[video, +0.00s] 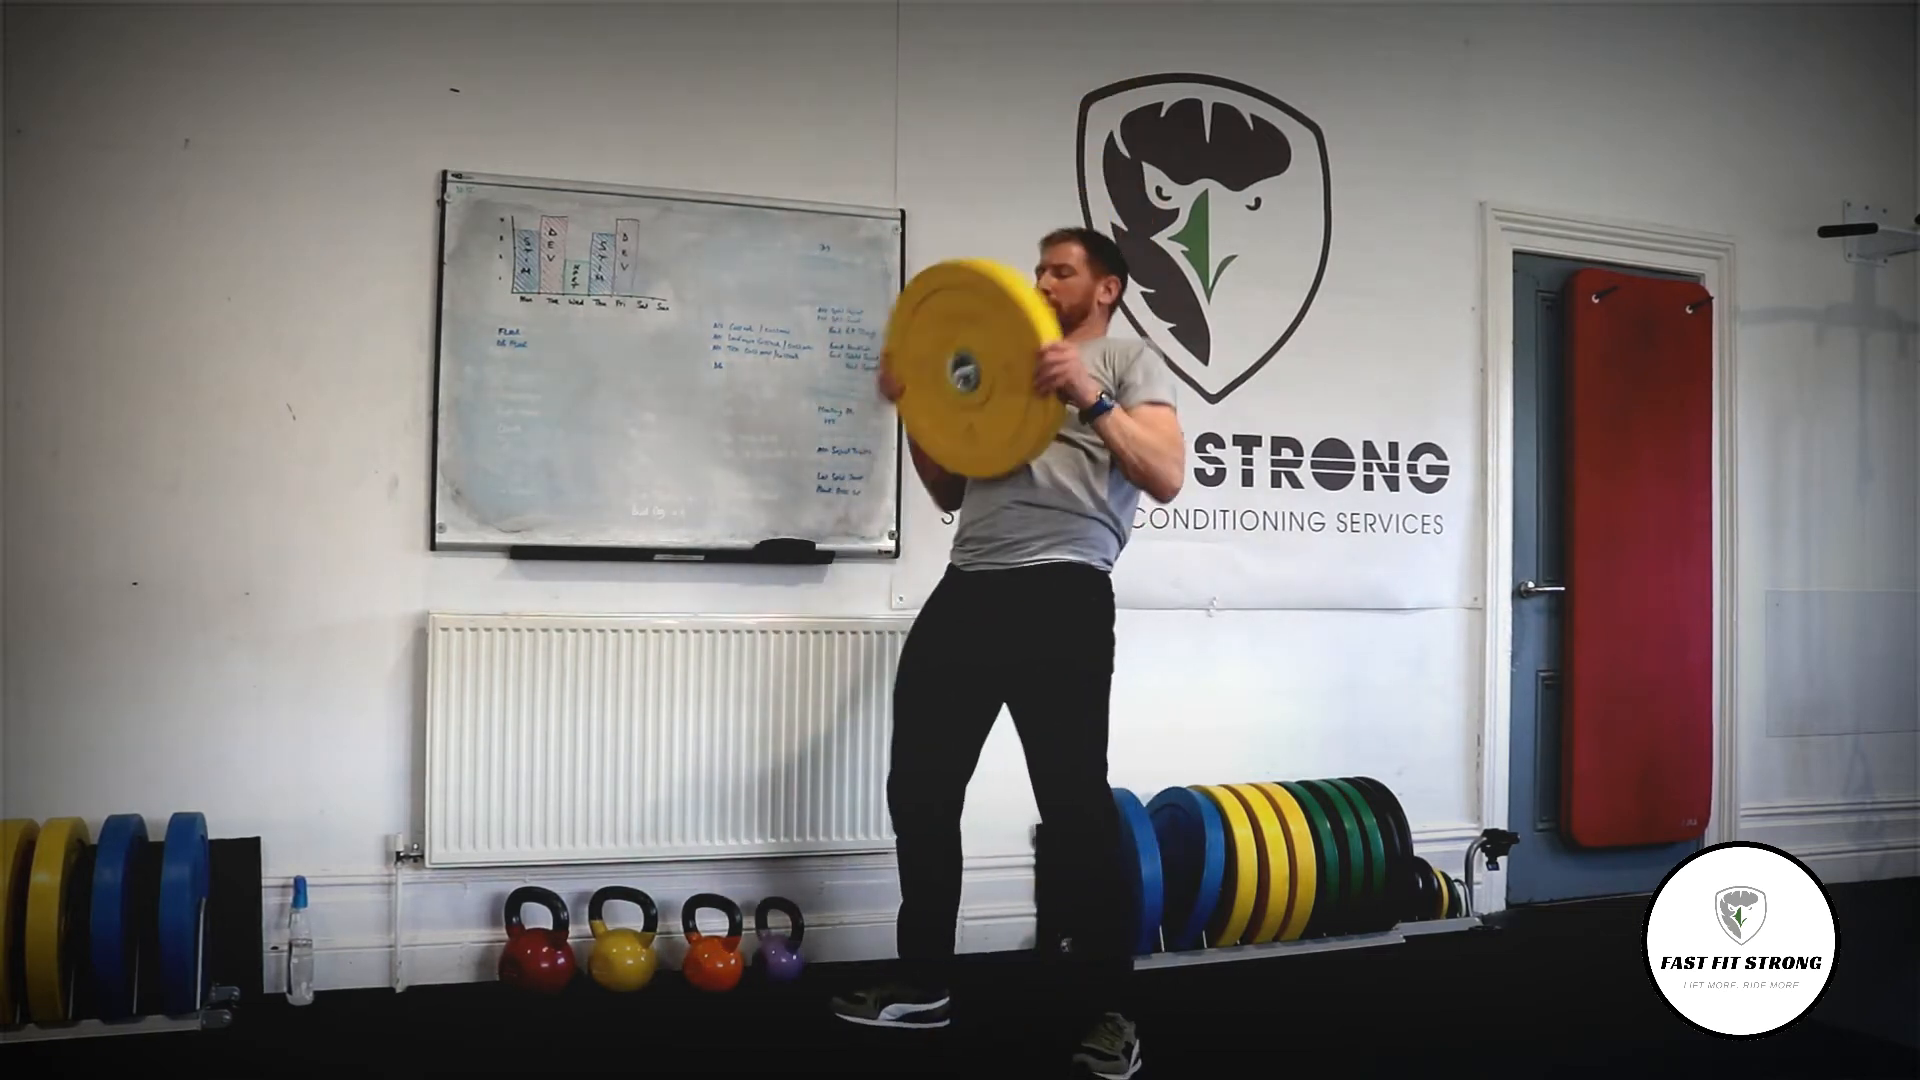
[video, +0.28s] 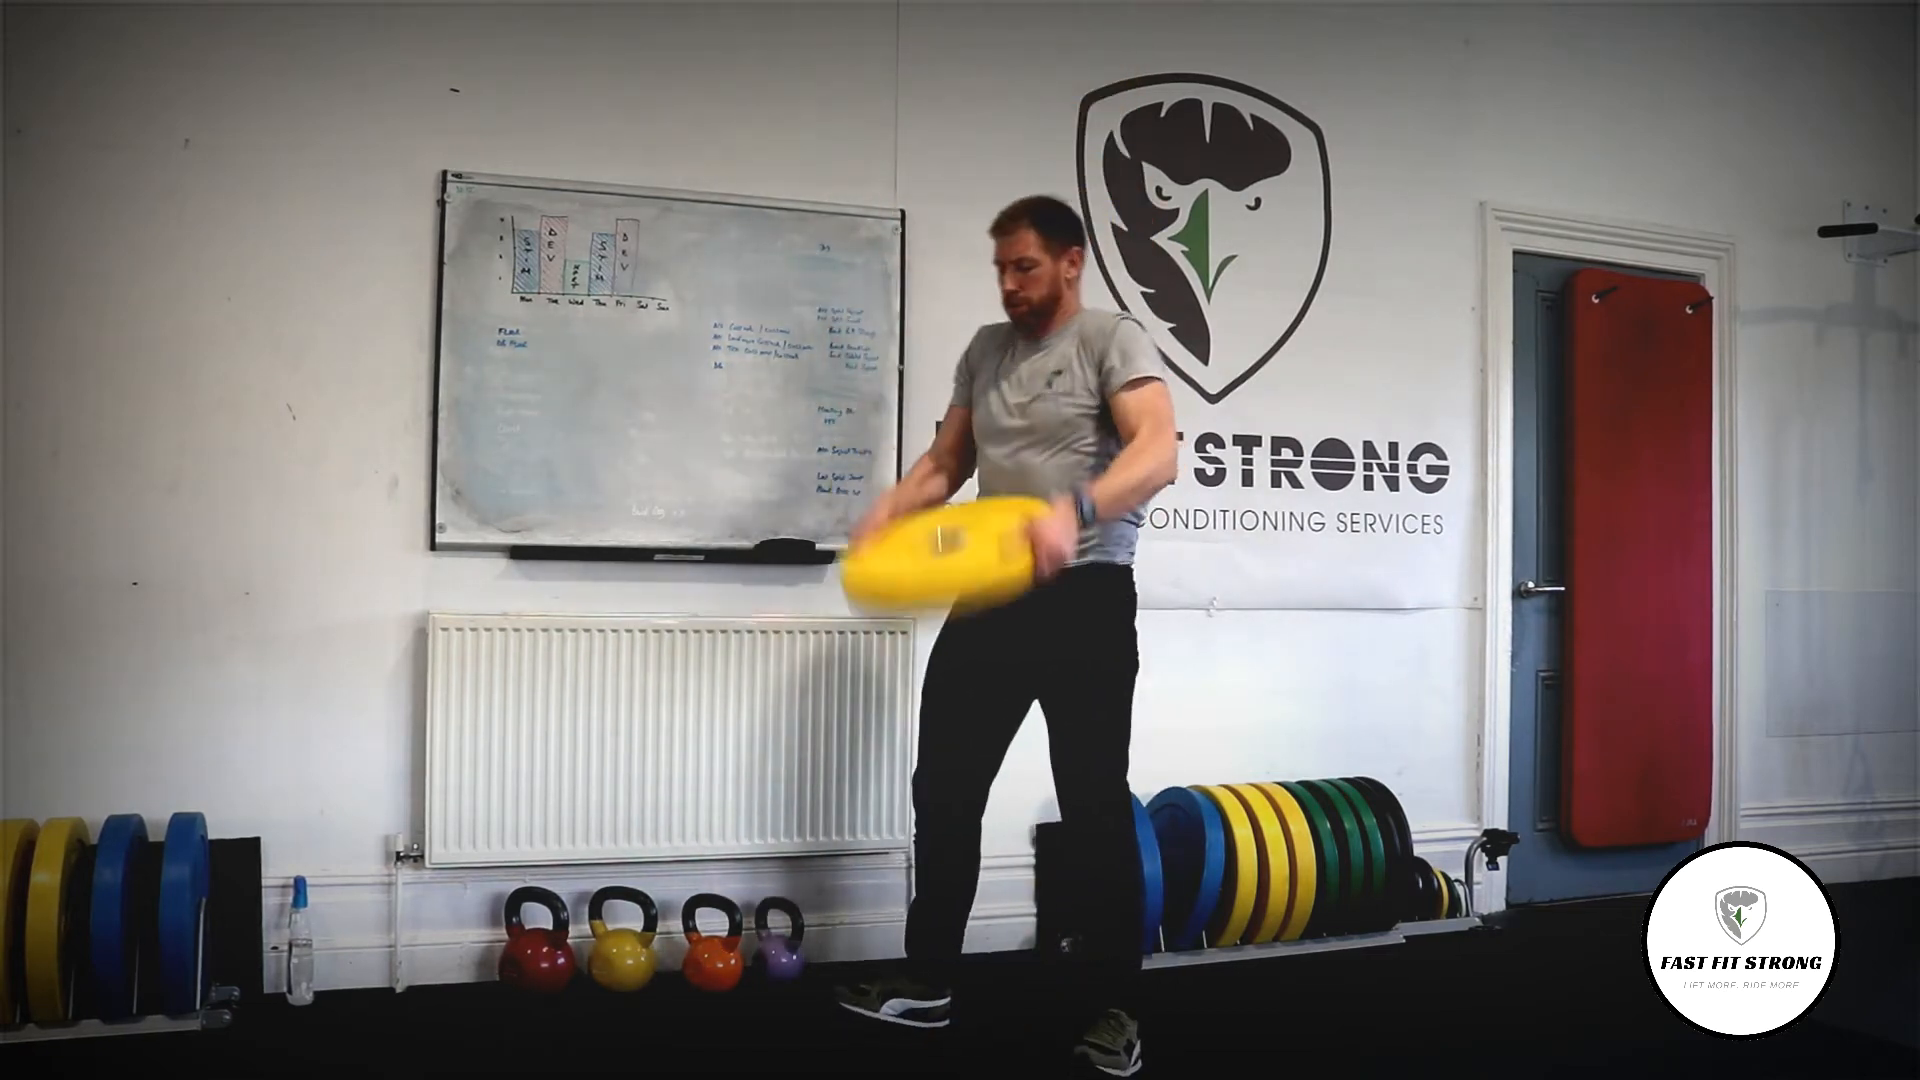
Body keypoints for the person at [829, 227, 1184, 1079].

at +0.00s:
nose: (1045, 283)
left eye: (1063, 271)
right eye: (1040, 272)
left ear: (1108, 288)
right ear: (1035, 284)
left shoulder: (1131, 356)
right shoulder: (1005, 359)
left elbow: (1167, 475)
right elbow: (950, 492)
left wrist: (1092, 396)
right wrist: (912, 407)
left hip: (1063, 591)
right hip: (968, 589)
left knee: (1073, 802)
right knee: (921, 793)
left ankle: (1101, 1011)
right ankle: (924, 989)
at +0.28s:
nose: (1008, 283)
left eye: (1023, 267)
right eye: (1001, 270)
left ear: (1072, 262)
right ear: (998, 271)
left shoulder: (1112, 339)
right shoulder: (988, 348)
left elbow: (1157, 451)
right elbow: (947, 460)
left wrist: (1078, 509)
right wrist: (886, 509)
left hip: (1085, 597)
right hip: (991, 596)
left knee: (1094, 798)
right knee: (945, 788)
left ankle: (1109, 1007)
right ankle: (929, 983)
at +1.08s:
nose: (868, 586)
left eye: (880, 565)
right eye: (856, 570)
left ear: (926, 536)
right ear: (845, 555)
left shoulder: (1020, 604)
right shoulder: (867, 621)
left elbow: (1041, 754)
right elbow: (881, 752)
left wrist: (1054, 895)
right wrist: (878, 882)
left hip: (1100, 729)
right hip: (988, 741)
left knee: (1136, 860)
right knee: (847, 797)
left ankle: (1114, 1028)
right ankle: (907, 988)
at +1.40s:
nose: (883, 521)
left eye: (899, 503)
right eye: (876, 504)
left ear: (951, 499)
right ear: (870, 509)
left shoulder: (1022, 588)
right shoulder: (880, 598)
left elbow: (1053, 732)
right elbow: (889, 718)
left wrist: (1052, 871)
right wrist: (881, 847)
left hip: (1092, 739)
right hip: (979, 746)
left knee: (1120, 867)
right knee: (843, 800)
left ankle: (1113, 1032)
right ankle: (913, 990)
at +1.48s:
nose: (892, 466)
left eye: (909, 449)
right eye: (886, 450)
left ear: (962, 452)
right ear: (880, 456)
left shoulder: (1024, 536)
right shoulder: (888, 549)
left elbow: (1073, 669)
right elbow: (897, 667)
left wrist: (1056, 808)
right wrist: (883, 784)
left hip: (1091, 706)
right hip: (985, 711)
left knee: (1113, 856)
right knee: (853, 791)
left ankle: (1112, 1031)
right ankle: (913, 984)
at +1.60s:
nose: (907, 370)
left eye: (925, 356)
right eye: (905, 356)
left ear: (980, 366)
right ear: (904, 368)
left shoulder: (1036, 453)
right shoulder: (903, 468)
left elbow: (1119, 568)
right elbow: (918, 580)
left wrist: (1066, 679)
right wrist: (884, 681)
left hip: (1098, 653)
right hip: (999, 657)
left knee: (1122, 834)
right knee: (884, 783)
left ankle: (1117, 1025)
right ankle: (915, 987)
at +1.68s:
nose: (933, 313)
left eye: (952, 299)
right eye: (932, 299)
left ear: (1003, 315)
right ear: (931, 316)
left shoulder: (1059, 408)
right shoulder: (924, 419)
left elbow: (1138, 526)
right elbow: (940, 529)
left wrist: (1074, 596)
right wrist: (891, 598)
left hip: (1089, 635)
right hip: (985, 637)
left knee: (1112, 821)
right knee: (891, 790)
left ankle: (1120, 1026)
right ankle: (915, 991)